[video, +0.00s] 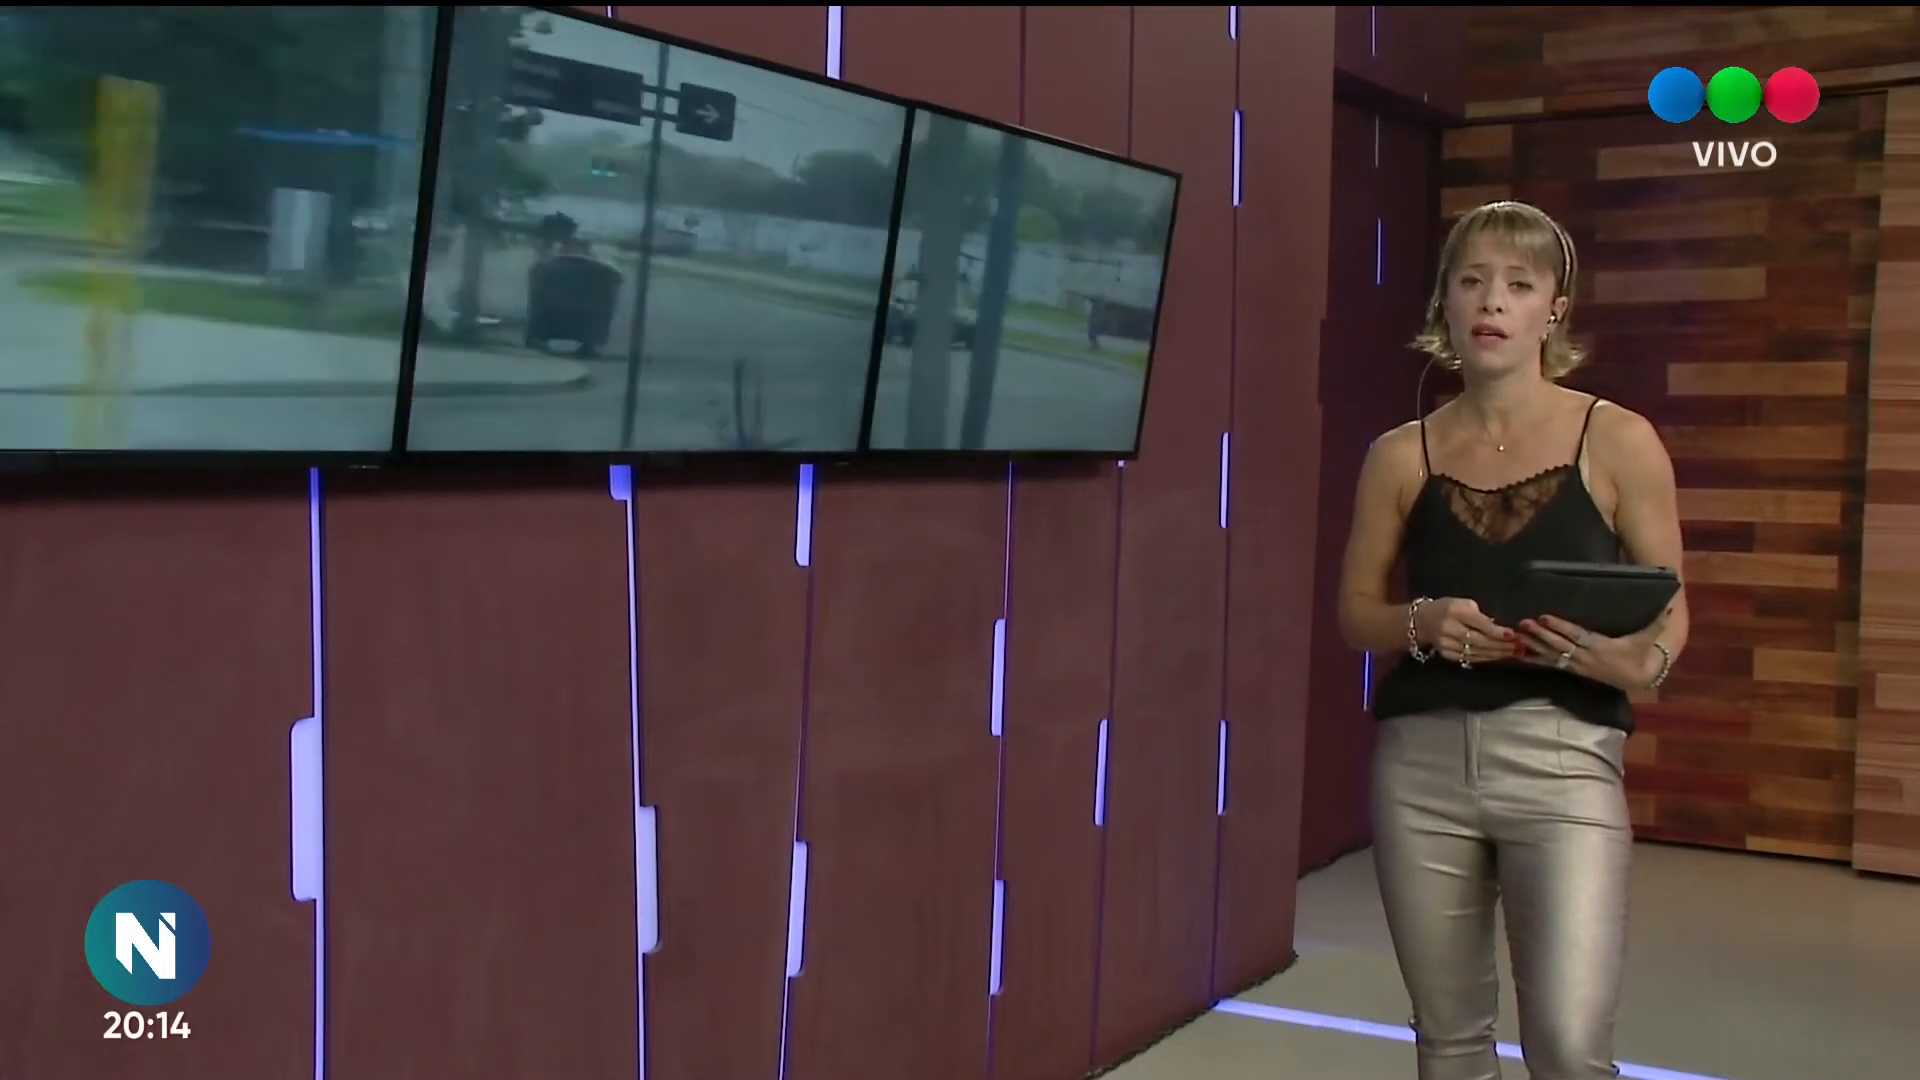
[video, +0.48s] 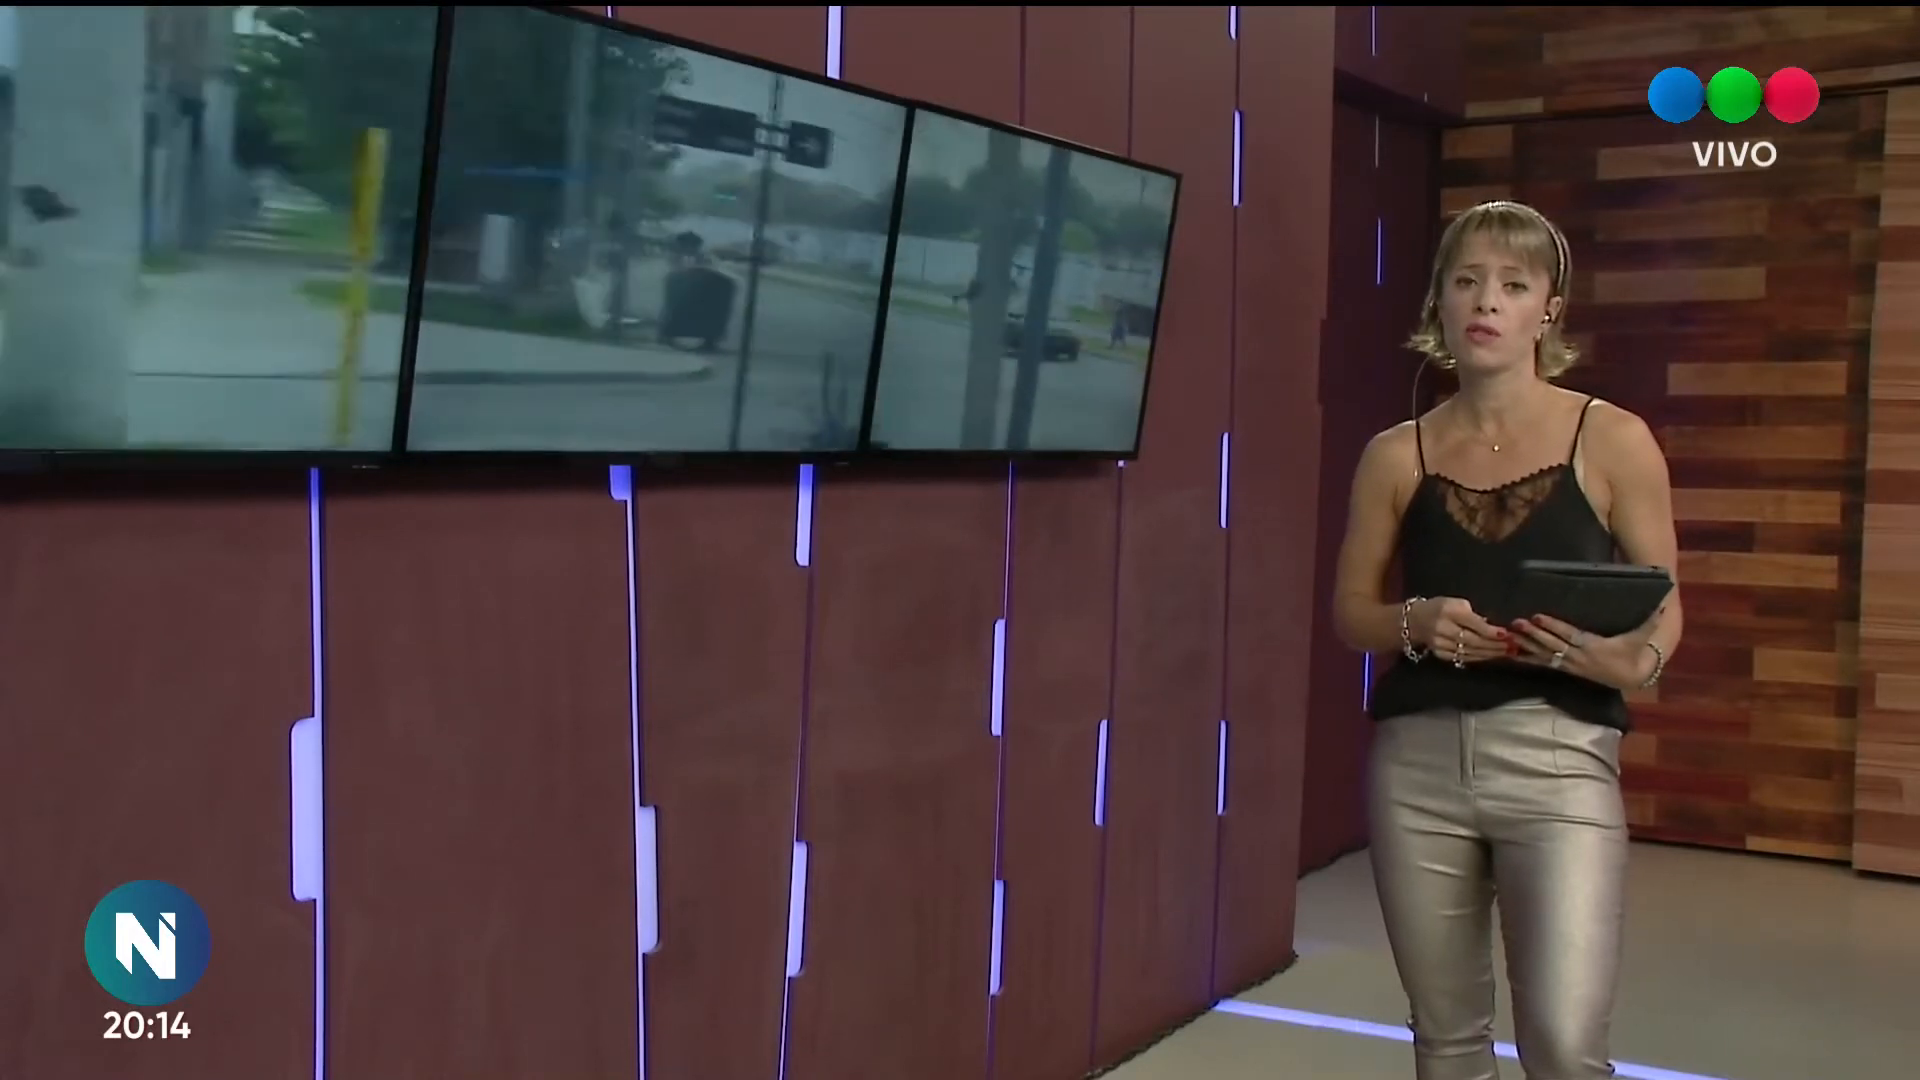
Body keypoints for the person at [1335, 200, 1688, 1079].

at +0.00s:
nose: (1490, 300)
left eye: (1516, 283)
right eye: (1471, 281)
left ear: (1553, 309)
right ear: (1445, 304)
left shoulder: (1619, 442)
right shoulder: (1399, 457)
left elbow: (1668, 606)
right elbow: (1356, 612)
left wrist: (1637, 666)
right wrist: (1419, 622)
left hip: (1564, 769)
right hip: (1420, 770)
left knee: (1568, 1052)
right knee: (1448, 1043)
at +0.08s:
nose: (1489, 300)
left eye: (1515, 283)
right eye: (1470, 280)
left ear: (1552, 310)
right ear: (1443, 304)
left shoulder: (1618, 442)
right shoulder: (1398, 457)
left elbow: (1666, 605)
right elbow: (1354, 613)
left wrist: (1636, 666)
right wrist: (1417, 621)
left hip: (1563, 769)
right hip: (1420, 770)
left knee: (1567, 1052)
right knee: (1447, 1044)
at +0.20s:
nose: (1487, 300)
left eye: (1513, 283)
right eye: (1468, 280)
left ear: (1550, 310)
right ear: (1442, 303)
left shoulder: (1616, 442)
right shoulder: (1397, 457)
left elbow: (1665, 603)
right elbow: (1352, 612)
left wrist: (1633, 665)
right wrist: (1416, 622)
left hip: (1562, 769)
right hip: (1418, 770)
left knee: (1566, 1052)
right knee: (1447, 1045)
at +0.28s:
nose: (1486, 301)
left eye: (1512, 283)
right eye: (1467, 280)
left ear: (1549, 310)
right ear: (1441, 303)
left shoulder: (1615, 441)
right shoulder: (1396, 457)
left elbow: (1664, 602)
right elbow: (1352, 612)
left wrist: (1633, 664)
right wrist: (1416, 622)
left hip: (1560, 768)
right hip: (1417, 770)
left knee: (1565, 1051)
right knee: (1446, 1044)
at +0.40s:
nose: (1485, 300)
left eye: (1511, 284)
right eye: (1466, 280)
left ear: (1548, 310)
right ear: (1439, 303)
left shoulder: (1614, 442)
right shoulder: (1396, 456)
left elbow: (1662, 603)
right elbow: (1351, 612)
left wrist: (1632, 665)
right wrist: (1414, 621)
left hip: (1559, 767)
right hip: (1416, 769)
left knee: (1564, 1051)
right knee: (1446, 1043)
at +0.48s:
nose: (1484, 300)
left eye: (1510, 284)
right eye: (1466, 280)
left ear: (1548, 310)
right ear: (1440, 302)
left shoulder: (1614, 442)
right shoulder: (1395, 457)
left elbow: (1662, 603)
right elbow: (1351, 612)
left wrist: (1629, 664)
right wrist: (1414, 621)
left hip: (1559, 768)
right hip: (1416, 769)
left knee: (1563, 1051)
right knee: (1446, 1044)